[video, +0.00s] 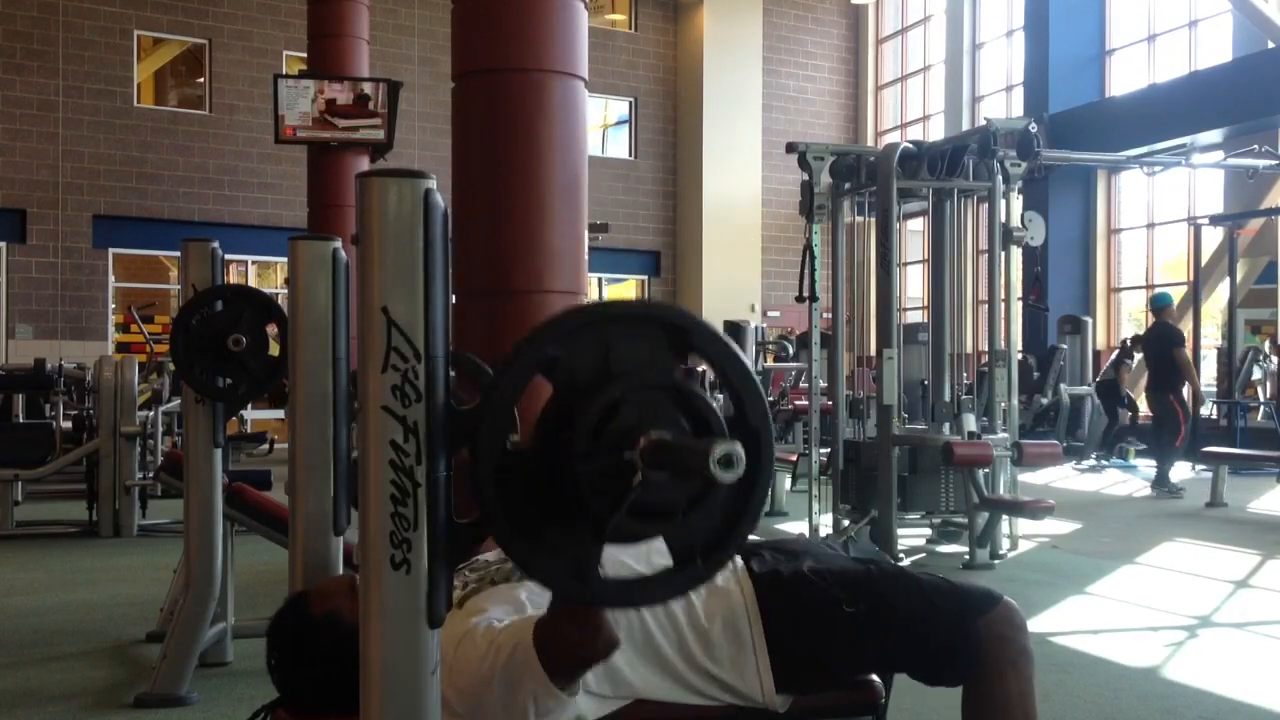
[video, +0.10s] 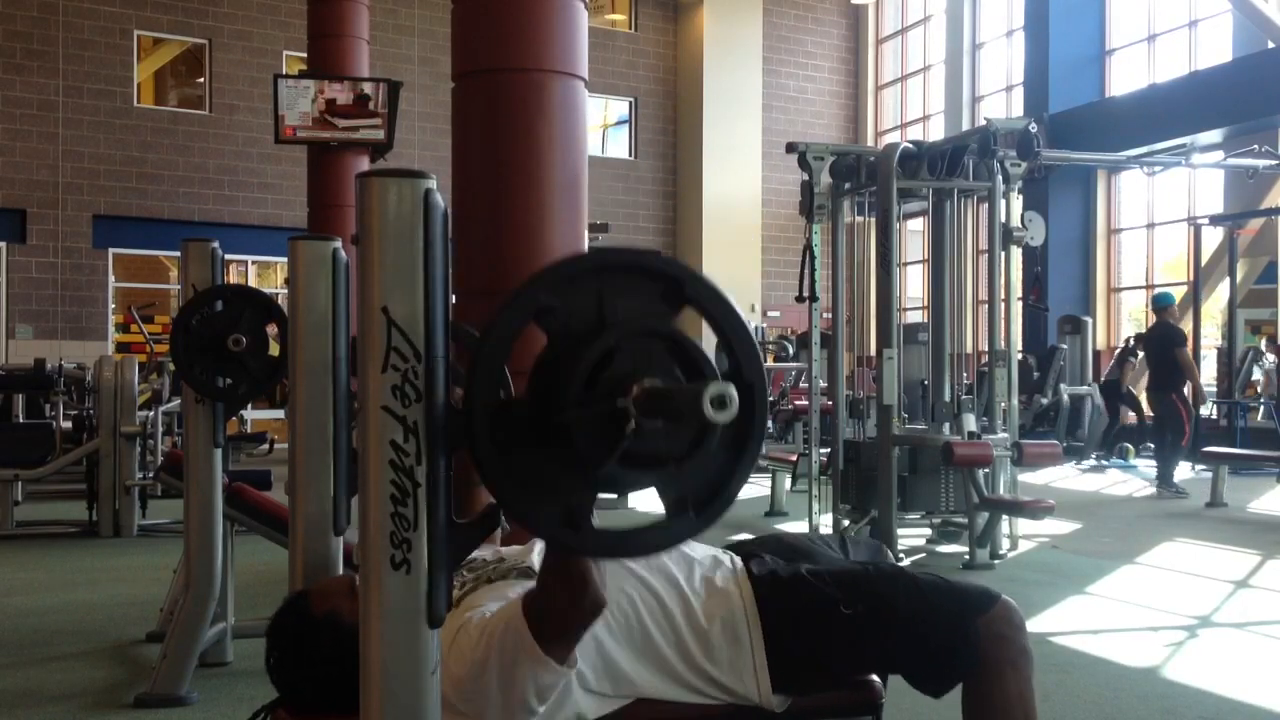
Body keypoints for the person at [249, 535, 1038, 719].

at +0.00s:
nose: (368, 583)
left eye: (355, 584)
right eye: (352, 598)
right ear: (357, 645)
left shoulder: (455, 625)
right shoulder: (450, 673)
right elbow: (575, 644)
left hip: (707, 590)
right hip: (732, 609)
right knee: (989, 625)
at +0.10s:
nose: (369, 578)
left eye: (356, 579)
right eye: (352, 594)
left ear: (372, 620)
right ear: (358, 648)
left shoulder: (450, 614)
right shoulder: (459, 676)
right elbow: (572, 606)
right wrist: (551, 479)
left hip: (731, 585)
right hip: (745, 610)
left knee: (855, 698)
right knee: (988, 624)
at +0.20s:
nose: (368, 571)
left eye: (353, 571)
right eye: (352, 589)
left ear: (343, 674)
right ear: (356, 655)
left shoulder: (443, 635)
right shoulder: (474, 684)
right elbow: (556, 562)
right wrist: (536, 429)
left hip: (734, 601)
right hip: (759, 609)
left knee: (855, 693)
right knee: (990, 624)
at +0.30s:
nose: (361, 570)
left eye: (345, 570)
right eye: (346, 587)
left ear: (345, 664)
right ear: (358, 645)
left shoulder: (457, 653)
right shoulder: (476, 678)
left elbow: (545, 524)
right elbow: (540, 526)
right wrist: (523, 355)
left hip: (731, 587)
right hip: (760, 613)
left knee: (858, 686)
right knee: (991, 624)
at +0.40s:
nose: (361, 571)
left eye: (344, 572)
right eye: (347, 588)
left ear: (345, 658)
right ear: (359, 643)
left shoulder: (445, 640)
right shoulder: (474, 669)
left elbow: (493, 496)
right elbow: (512, 506)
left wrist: (504, 361)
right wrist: (520, 328)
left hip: (725, 581)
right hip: (753, 614)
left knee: (859, 686)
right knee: (990, 624)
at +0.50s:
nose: (358, 578)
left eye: (340, 581)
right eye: (342, 594)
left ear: (349, 647)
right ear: (356, 642)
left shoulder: (454, 637)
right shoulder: (474, 664)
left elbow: (493, 494)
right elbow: (509, 485)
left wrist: (504, 346)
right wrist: (527, 323)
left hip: (716, 582)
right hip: (742, 617)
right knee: (988, 623)